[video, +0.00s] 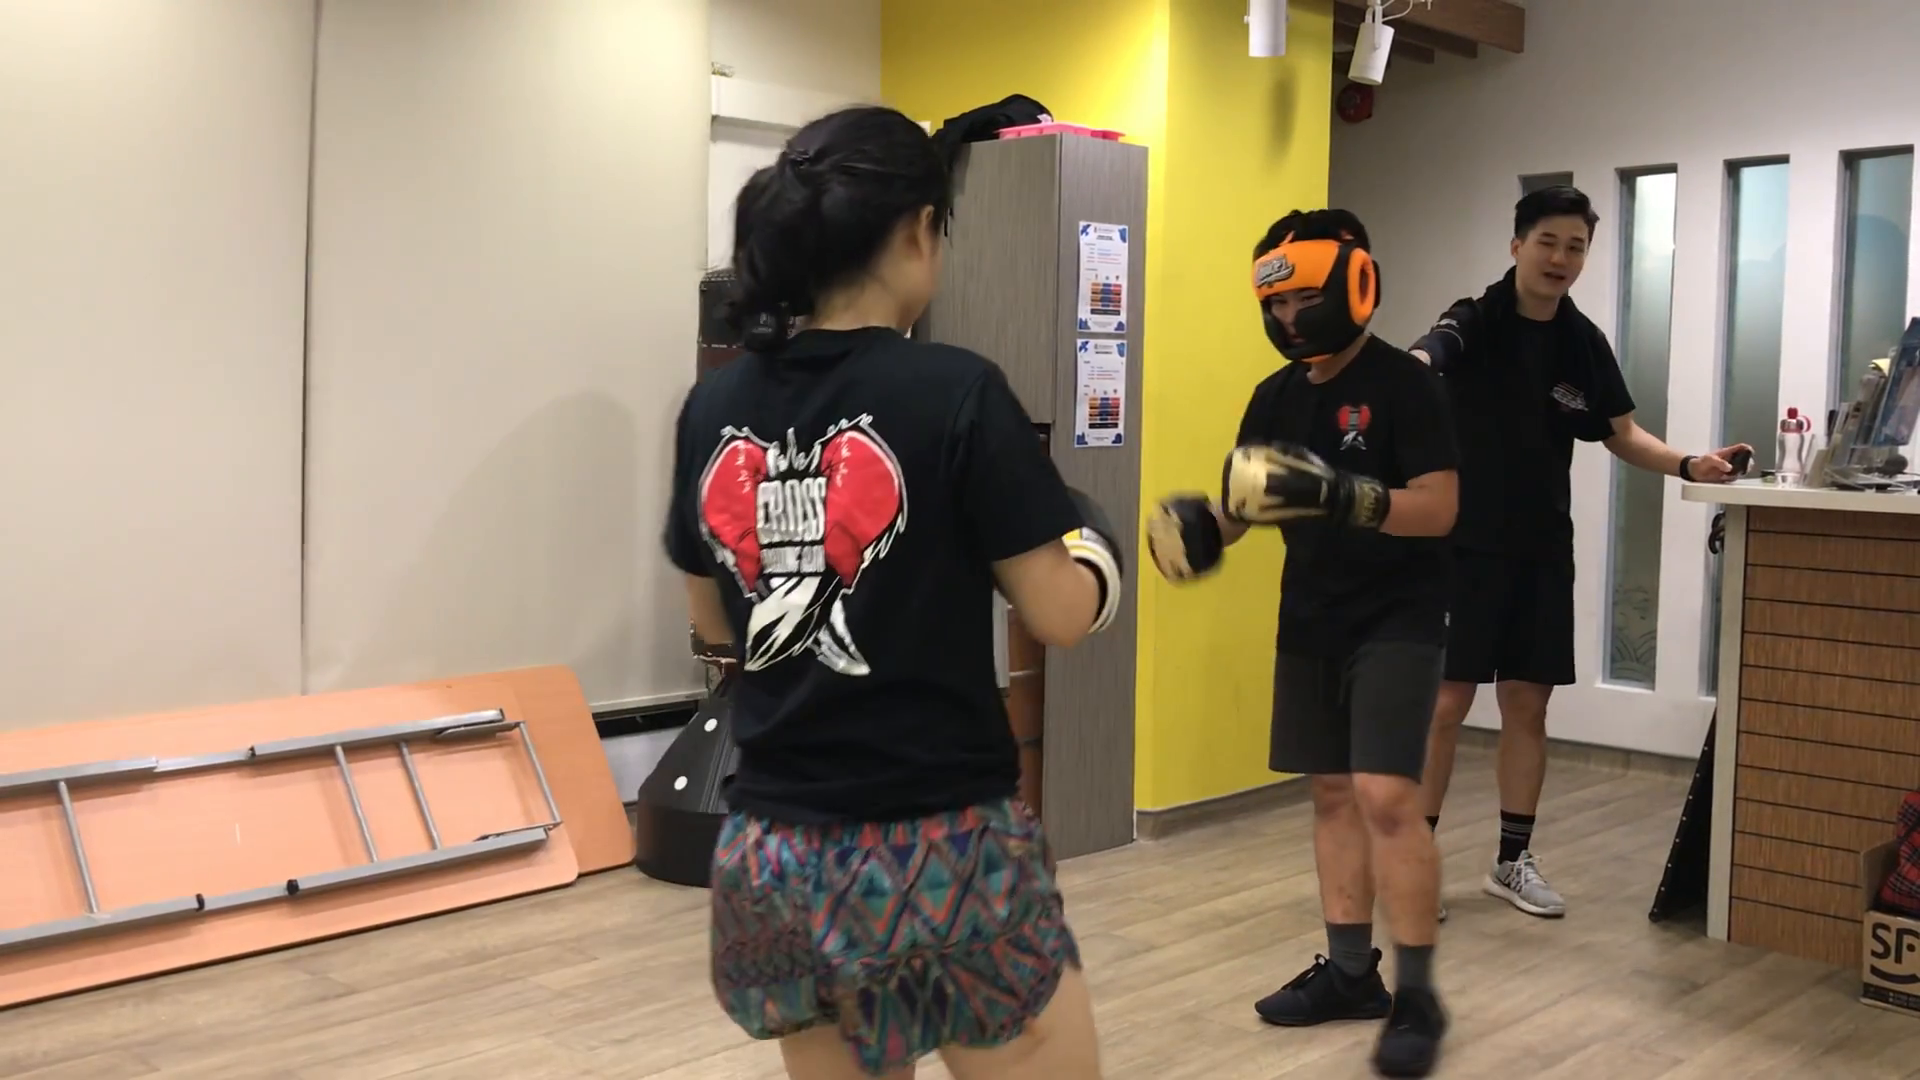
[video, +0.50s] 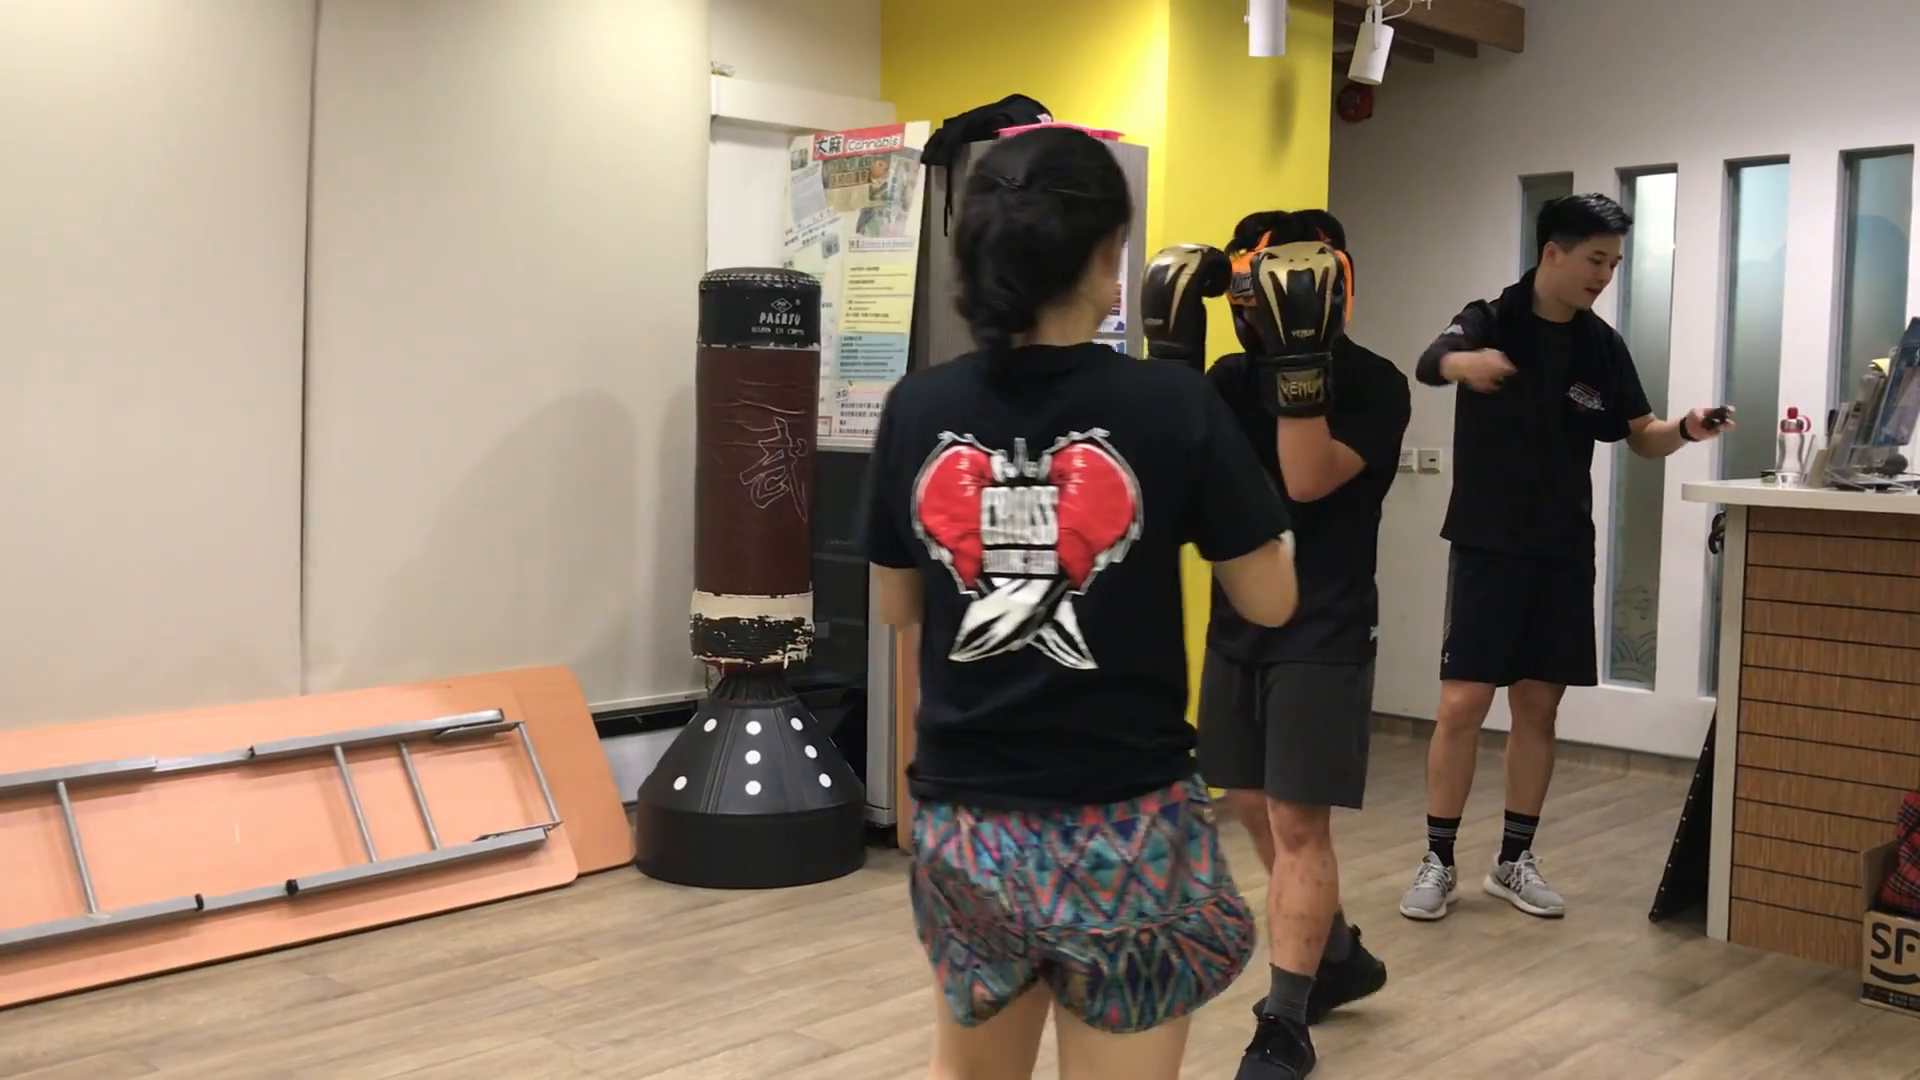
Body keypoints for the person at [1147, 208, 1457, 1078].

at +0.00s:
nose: (1289, 315)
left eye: (1304, 294)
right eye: (1275, 301)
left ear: (1354, 287)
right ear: (1264, 307)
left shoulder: (1409, 385)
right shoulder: (1273, 397)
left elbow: (1440, 509)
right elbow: (1248, 501)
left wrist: (1342, 497)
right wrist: (1207, 528)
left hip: (1400, 618)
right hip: (1314, 620)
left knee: (1387, 796)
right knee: (1332, 792)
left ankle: (1417, 996)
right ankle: (1349, 971)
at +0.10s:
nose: (1276, 317)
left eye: (1293, 297)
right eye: (1263, 302)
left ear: (1345, 289)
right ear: (1254, 305)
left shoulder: (1397, 385)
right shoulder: (1266, 395)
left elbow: (1418, 513)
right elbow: (1222, 510)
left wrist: (1335, 467)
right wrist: (1172, 491)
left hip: (1384, 619)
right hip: (1301, 620)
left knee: (1361, 802)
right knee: (1319, 797)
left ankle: (1359, 1000)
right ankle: (1339, 964)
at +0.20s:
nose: (1262, 318)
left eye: (1276, 298)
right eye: (1253, 303)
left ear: (1331, 290)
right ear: (1248, 304)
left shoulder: (1389, 386)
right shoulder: (1254, 387)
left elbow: (1392, 510)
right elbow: (1198, 500)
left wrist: (1327, 427)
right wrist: (1150, 436)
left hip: (1369, 623)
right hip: (1288, 622)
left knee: (1333, 806)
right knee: (1314, 804)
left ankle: (1304, 1006)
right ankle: (1352, 967)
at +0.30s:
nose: (1270, 306)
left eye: (1290, 287)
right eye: (1256, 291)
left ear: (1340, 289)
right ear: (1244, 299)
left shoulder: (1385, 387)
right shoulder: (1249, 390)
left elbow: (1363, 493)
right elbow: (1180, 484)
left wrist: (1322, 381)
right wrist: (1151, 384)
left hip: (1352, 627)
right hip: (1272, 626)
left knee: (1314, 812)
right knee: (1308, 808)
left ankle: (1284, 1021)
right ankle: (1350, 971)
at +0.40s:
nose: (1278, 300)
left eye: (1297, 280)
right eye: (1263, 286)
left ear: (1338, 283)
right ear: (1245, 295)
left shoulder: (1381, 386)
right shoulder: (1242, 386)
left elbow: (1332, 482)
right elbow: (1179, 476)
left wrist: (1306, 365)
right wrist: (1162, 353)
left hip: (1338, 626)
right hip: (1259, 623)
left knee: (1304, 817)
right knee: (1291, 812)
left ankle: (1284, 1028)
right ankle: (1348, 969)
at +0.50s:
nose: (1274, 291)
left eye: (1293, 271)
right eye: (1262, 276)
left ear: (1334, 279)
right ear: (1242, 285)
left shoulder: (1375, 385)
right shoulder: (1235, 377)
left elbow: (1309, 478)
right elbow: (1178, 453)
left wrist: (1297, 361)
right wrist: (1174, 339)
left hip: (1322, 637)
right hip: (1235, 628)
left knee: (1299, 822)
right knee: (1248, 803)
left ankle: (1282, 1027)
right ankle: (1338, 952)